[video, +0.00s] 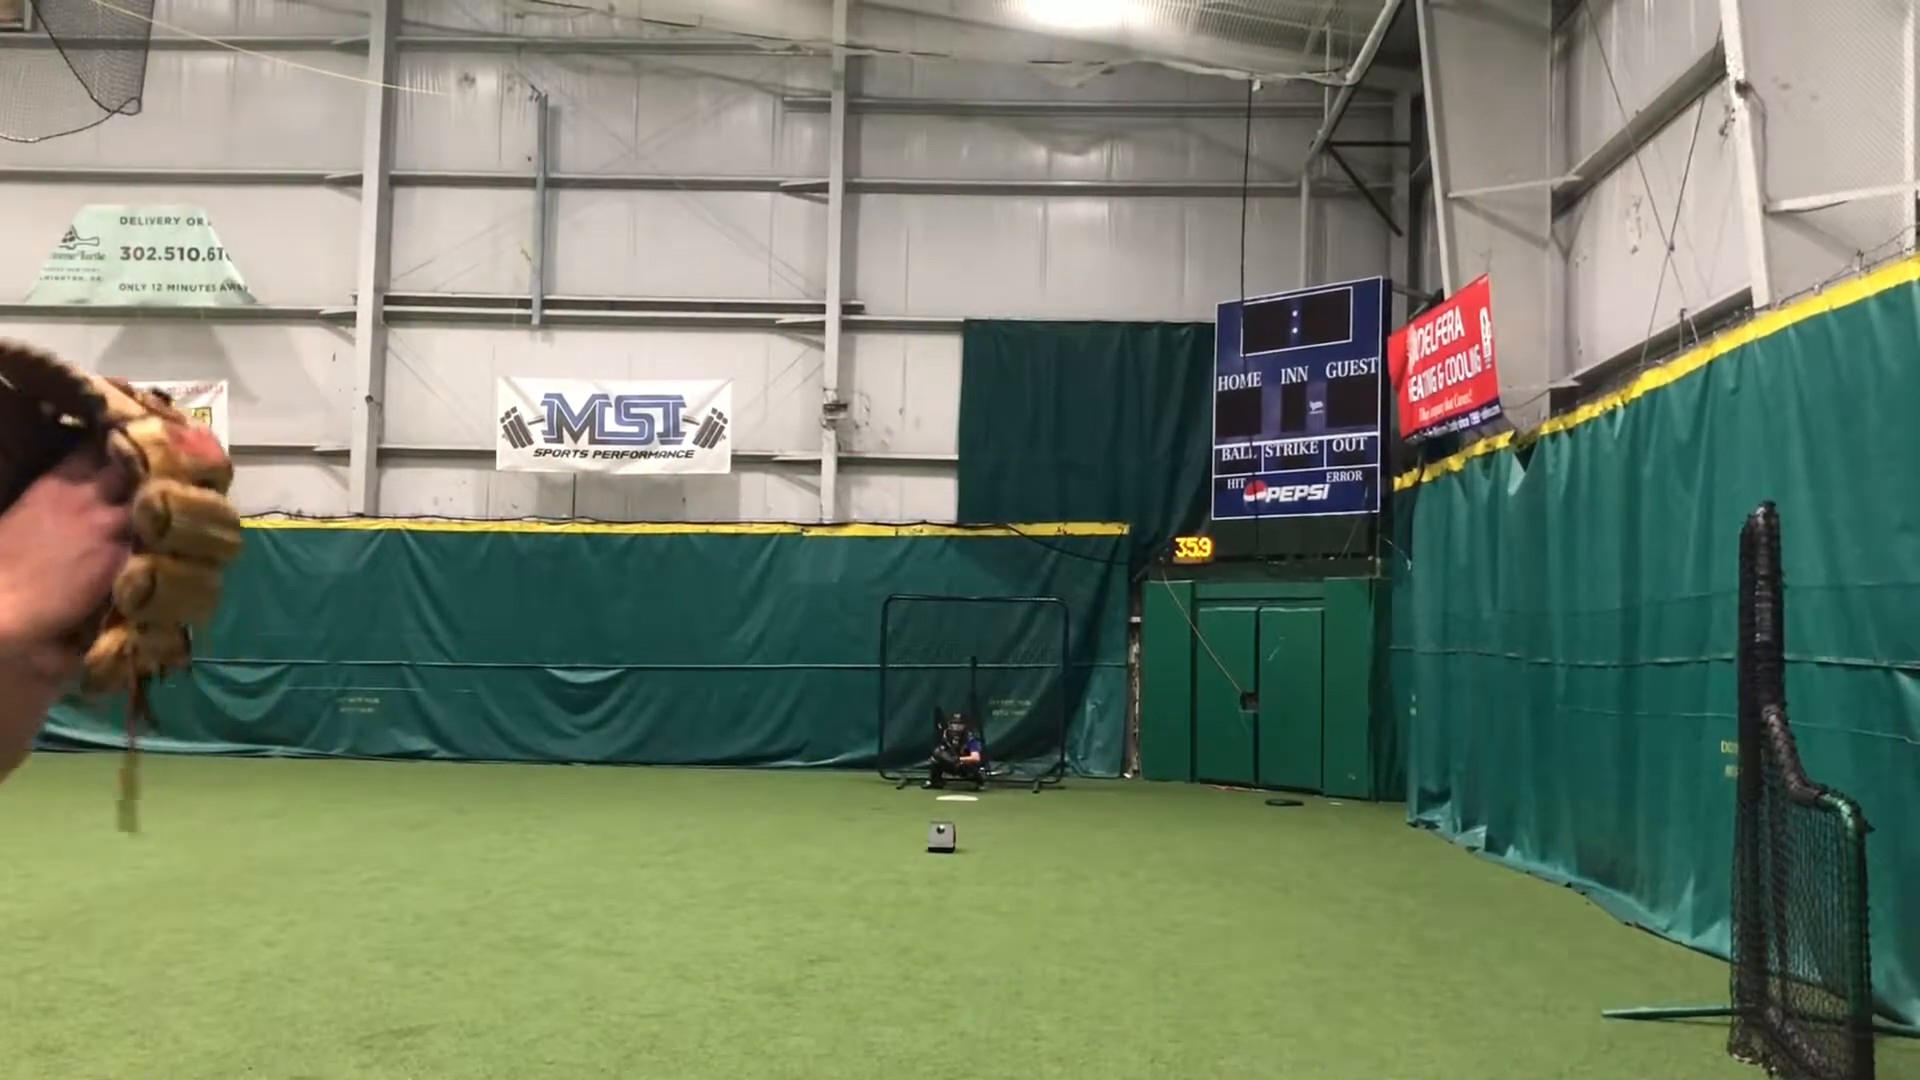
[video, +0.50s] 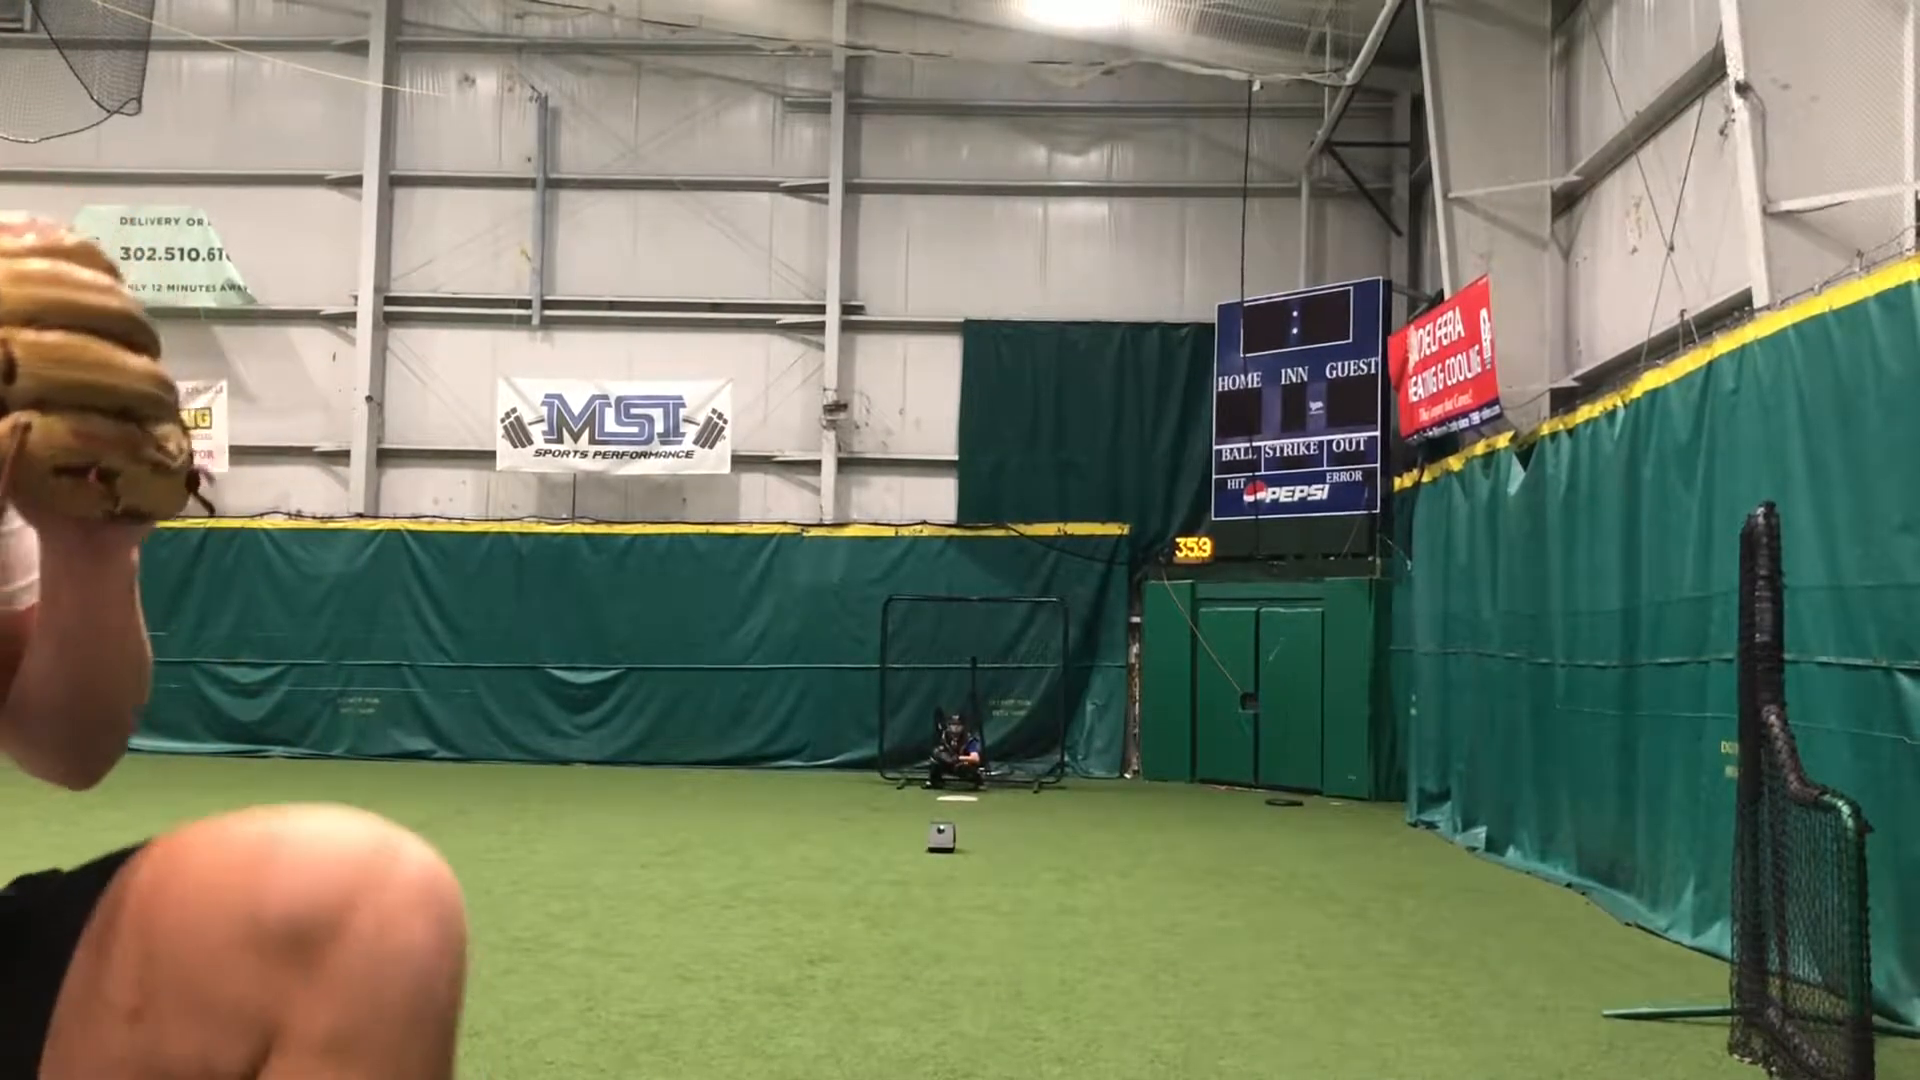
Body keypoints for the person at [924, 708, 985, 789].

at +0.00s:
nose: (955, 728)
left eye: (959, 724)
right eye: (953, 724)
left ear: (965, 726)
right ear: (949, 726)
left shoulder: (971, 740)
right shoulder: (947, 738)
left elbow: (976, 758)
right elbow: (938, 751)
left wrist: (959, 760)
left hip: (966, 767)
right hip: (950, 765)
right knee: (936, 760)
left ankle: (980, 782)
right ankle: (935, 781)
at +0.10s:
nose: (955, 728)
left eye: (958, 724)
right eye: (953, 724)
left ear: (964, 726)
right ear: (949, 726)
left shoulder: (971, 740)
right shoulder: (946, 738)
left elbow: (975, 758)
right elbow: (938, 751)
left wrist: (959, 759)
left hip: (966, 767)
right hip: (950, 765)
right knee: (935, 761)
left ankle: (980, 782)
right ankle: (935, 781)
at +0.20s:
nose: (955, 728)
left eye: (958, 725)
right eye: (952, 725)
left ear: (963, 727)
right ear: (948, 726)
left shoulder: (971, 741)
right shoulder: (944, 738)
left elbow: (975, 758)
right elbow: (936, 752)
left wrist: (958, 759)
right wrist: (946, 759)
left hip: (965, 766)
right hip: (948, 765)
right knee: (935, 764)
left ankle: (980, 783)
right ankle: (935, 781)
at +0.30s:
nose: (955, 728)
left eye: (958, 725)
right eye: (952, 725)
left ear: (963, 727)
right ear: (948, 726)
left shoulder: (970, 741)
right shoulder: (944, 738)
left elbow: (975, 758)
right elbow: (936, 751)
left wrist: (958, 759)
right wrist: (945, 758)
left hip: (963, 766)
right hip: (947, 764)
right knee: (935, 765)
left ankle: (979, 783)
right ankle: (935, 781)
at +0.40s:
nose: (955, 728)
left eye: (958, 725)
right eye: (952, 725)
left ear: (963, 727)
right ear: (948, 726)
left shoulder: (970, 742)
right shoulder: (944, 738)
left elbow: (975, 758)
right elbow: (936, 752)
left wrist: (958, 759)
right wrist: (945, 758)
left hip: (963, 766)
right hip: (947, 764)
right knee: (934, 765)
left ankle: (979, 782)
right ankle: (935, 781)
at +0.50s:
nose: (954, 728)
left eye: (957, 725)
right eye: (952, 725)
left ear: (963, 727)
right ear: (948, 726)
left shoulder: (970, 741)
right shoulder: (944, 738)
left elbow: (975, 759)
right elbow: (936, 752)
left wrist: (958, 758)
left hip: (964, 766)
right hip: (947, 764)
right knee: (934, 765)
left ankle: (978, 782)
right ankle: (935, 781)